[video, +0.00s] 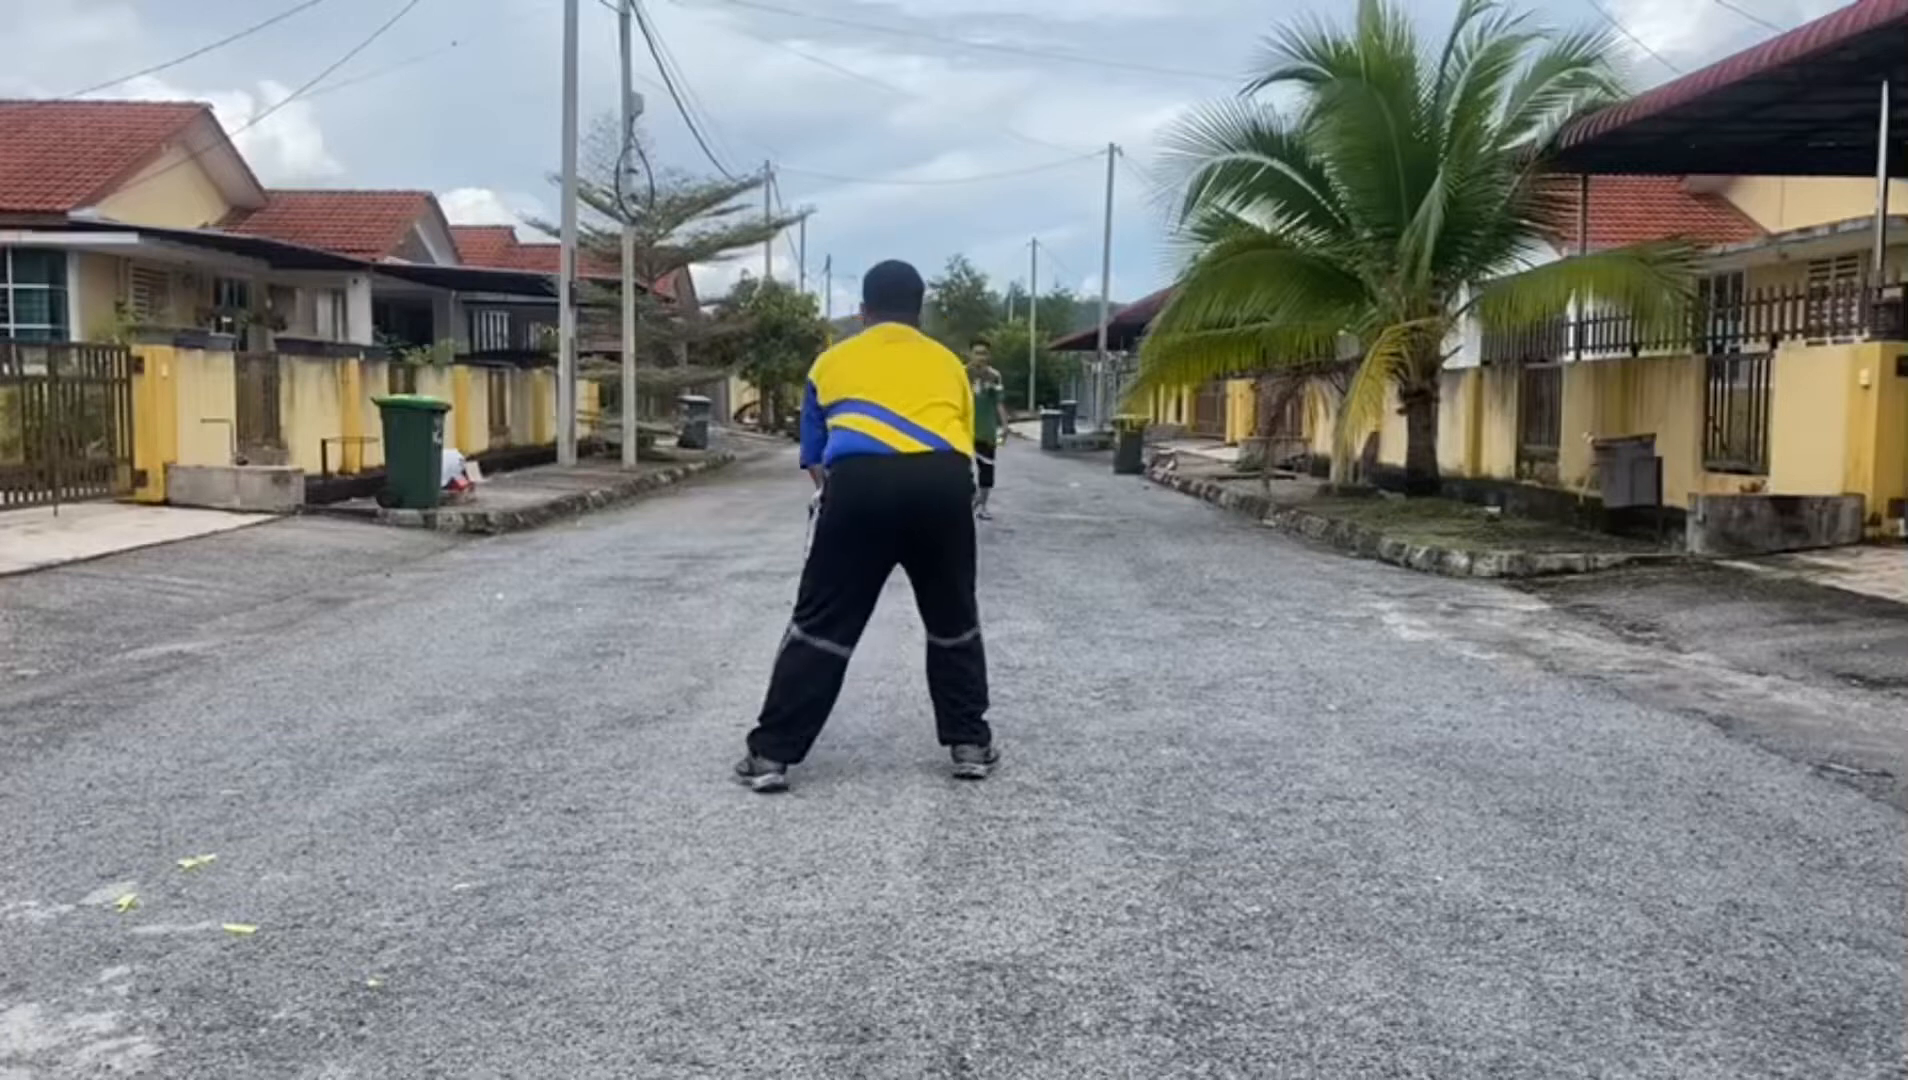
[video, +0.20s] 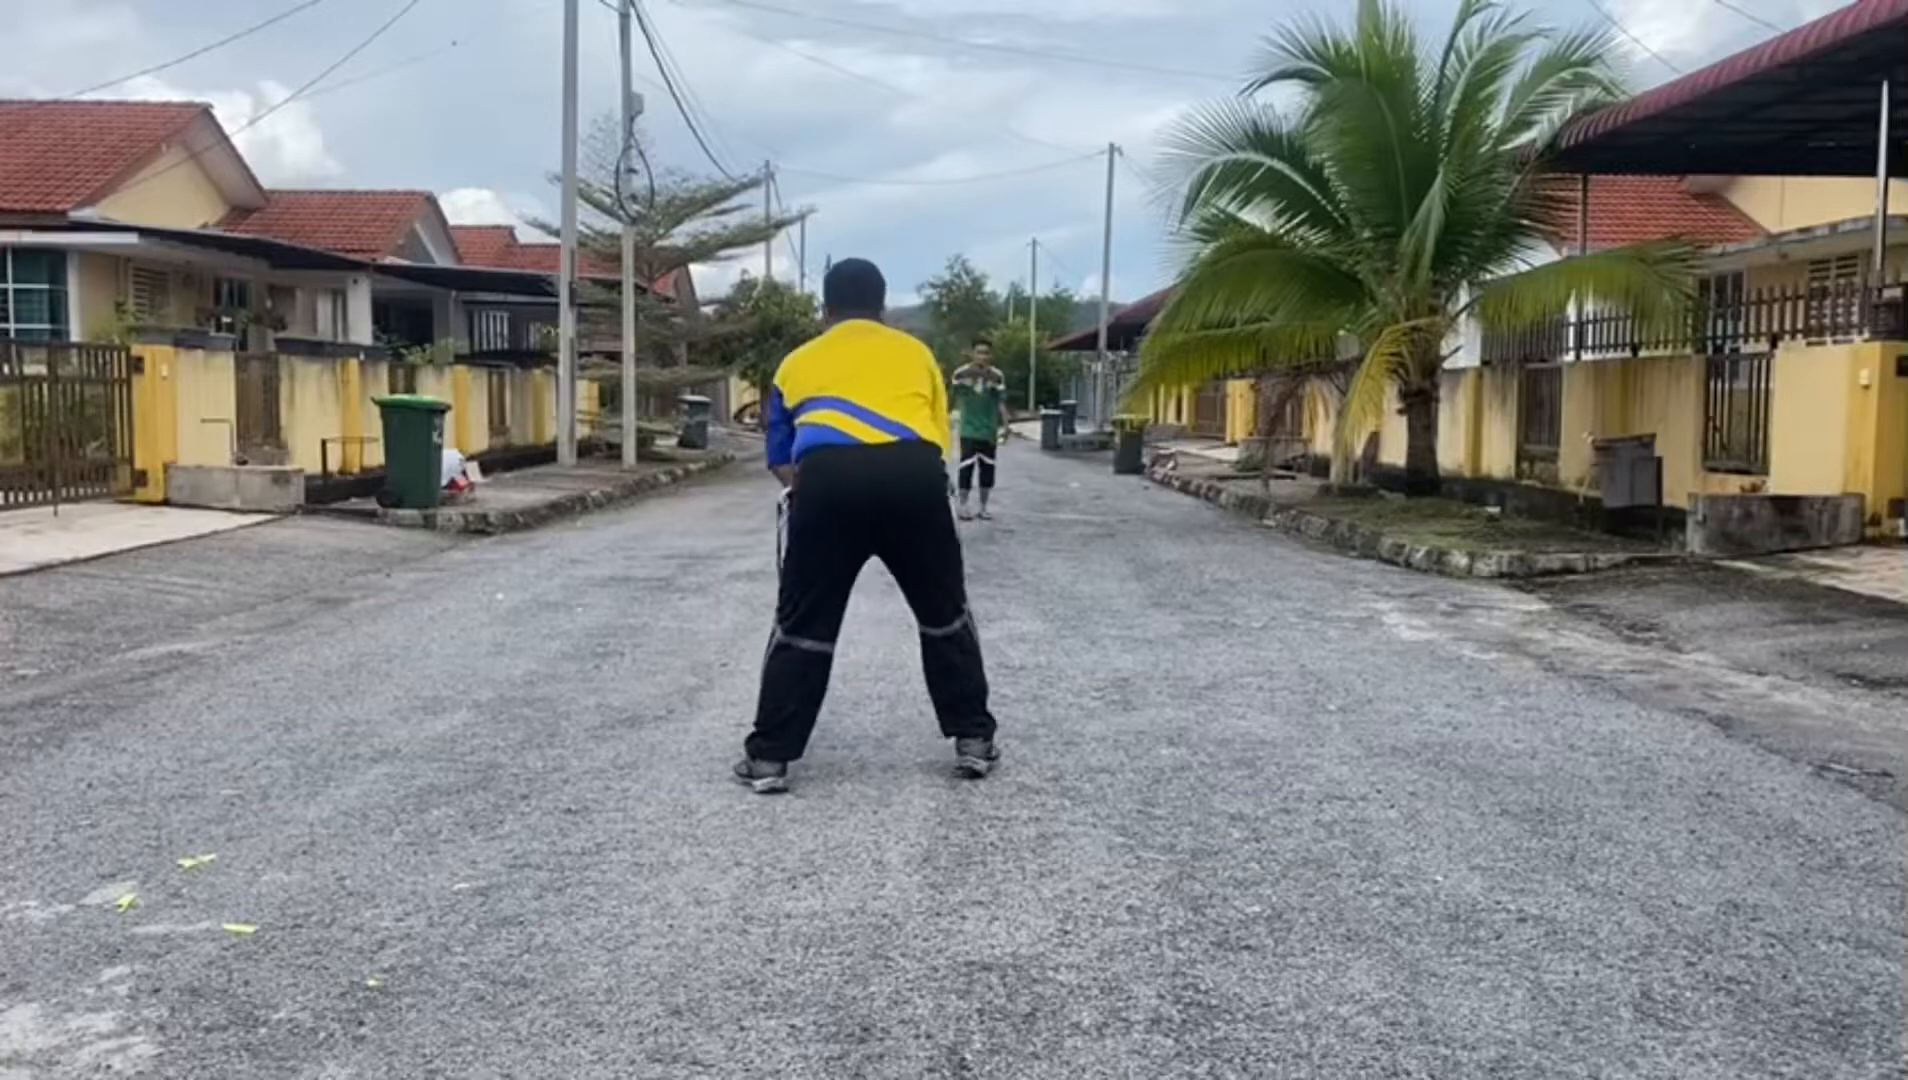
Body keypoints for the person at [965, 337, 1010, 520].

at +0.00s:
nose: (980, 358)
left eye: (984, 353)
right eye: (977, 353)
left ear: (989, 356)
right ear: (970, 355)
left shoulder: (994, 377)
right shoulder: (963, 376)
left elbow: (999, 403)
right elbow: (957, 398)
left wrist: (1005, 425)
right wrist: (956, 422)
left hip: (986, 430)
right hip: (965, 428)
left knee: (986, 471)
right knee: (963, 466)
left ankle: (982, 504)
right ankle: (967, 499)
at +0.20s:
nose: (982, 357)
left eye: (986, 353)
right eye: (978, 352)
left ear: (991, 355)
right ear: (972, 354)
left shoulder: (996, 376)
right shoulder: (961, 374)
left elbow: (1001, 402)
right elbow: (953, 400)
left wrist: (1006, 424)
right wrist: (949, 418)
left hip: (989, 429)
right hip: (968, 428)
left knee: (987, 470)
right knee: (966, 468)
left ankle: (983, 507)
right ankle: (963, 505)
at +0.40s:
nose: (981, 355)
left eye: (985, 351)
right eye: (977, 351)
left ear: (990, 354)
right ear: (971, 353)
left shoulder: (996, 375)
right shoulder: (960, 374)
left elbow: (1000, 403)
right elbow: (953, 404)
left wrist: (1005, 424)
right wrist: (949, 428)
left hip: (989, 431)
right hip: (967, 430)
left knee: (987, 473)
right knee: (965, 472)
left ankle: (983, 507)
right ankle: (964, 506)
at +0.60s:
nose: (977, 354)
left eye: (981, 350)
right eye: (973, 350)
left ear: (986, 353)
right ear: (967, 352)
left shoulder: (993, 374)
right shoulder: (957, 374)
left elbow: (998, 401)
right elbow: (953, 399)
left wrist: (1004, 424)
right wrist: (956, 420)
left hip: (987, 430)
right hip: (966, 430)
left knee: (985, 472)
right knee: (964, 472)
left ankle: (983, 507)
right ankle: (964, 506)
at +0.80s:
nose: (972, 353)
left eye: (976, 349)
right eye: (968, 349)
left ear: (981, 351)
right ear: (962, 352)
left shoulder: (989, 373)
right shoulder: (955, 373)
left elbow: (995, 399)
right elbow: (950, 394)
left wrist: (999, 420)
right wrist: (956, 380)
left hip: (985, 430)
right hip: (964, 431)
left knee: (987, 473)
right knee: (963, 473)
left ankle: (983, 504)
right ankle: (963, 505)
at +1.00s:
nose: (970, 355)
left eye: (973, 350)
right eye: (966, 351)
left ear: (978, 352)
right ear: (959, 353)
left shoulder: (987, 373)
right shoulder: (954, 375)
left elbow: (991, 400)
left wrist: (994, 423)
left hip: (984, 430)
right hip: (964, 430)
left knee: (990, 469)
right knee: (963, 471)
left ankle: (985, 503)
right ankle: (962, 504)